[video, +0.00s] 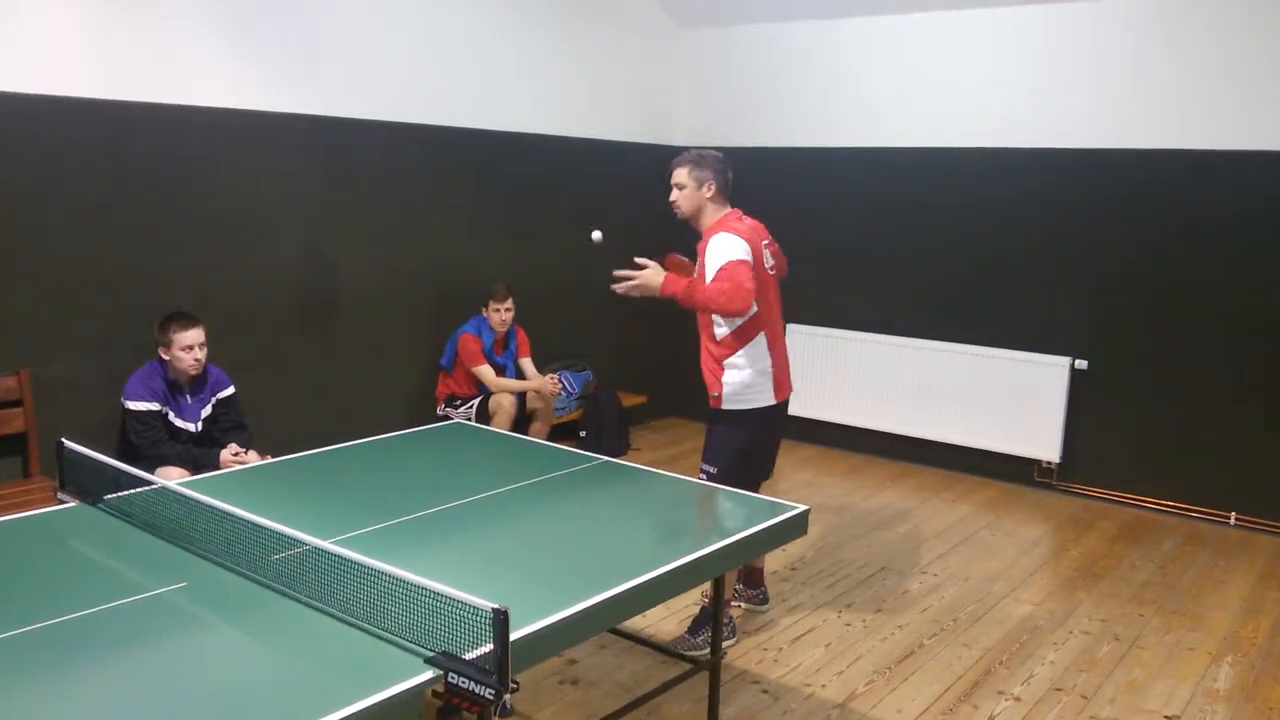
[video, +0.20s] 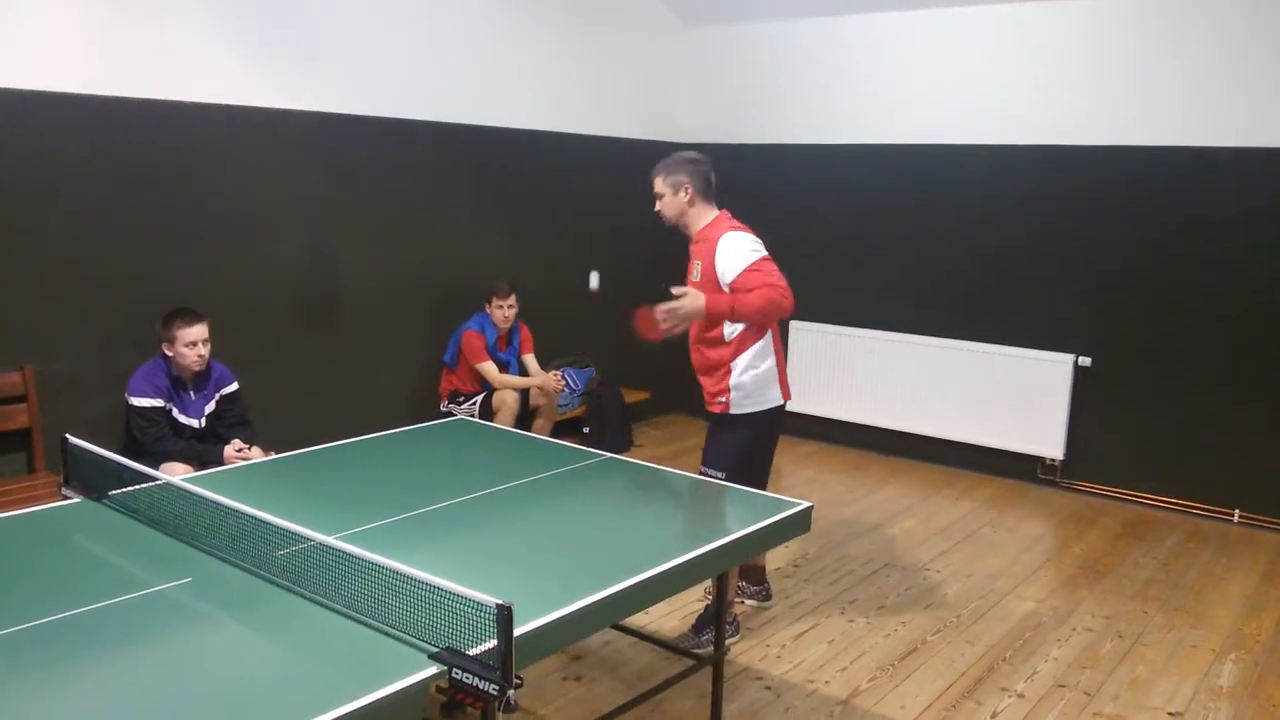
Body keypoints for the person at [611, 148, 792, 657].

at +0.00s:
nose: (672, 197)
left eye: (678, 188)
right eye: (672, 188)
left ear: (708, 189)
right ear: (713, 191)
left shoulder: (723, 239)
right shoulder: (751, 229)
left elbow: (736, 298)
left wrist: (667, 285)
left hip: (741, 400)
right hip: (764, 395)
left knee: (714, 505)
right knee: (742, 494)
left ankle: (717, 613)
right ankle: (752, 582)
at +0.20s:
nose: (656, 206)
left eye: (660, 196)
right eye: (655, 197)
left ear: (686, 192)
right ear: (689, 194)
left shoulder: (730, 240)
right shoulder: (704, 242)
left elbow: (779, 298)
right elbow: (730, 305)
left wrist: (708, 305)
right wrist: (686, 317)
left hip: (749, 403)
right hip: (734, 399)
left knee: (715, 503)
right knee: (740, 496)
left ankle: (723, 610)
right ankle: (754, 578)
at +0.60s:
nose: (652, 206)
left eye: (661, 196)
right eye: (648, 196)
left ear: (694, 194)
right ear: (651, 198)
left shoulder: (742, 248)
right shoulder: (655, 248)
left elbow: (787, 312)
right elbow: (627, 297)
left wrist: (727, 320)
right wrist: (597, 271)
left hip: (740, 404)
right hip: (687, 398)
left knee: (728, 508)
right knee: (676, 497)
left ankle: (729, 610)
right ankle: (726, 595)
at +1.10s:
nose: (649, 216)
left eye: (660, 206)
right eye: (644, 206)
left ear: (688, 207)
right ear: (640, 208)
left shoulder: (735, 256)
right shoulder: (638, 261)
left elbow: (758, 326)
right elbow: (630, 321)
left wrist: (706, 338)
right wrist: (655, 351)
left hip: (736, 403)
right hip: (674, 403)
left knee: (757, 499)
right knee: (646, 492)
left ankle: (780, 599)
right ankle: (633, 582)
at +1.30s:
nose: (670, 225)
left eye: (681, 216)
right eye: (665, 215)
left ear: (710, 215)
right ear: (662, 216)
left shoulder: (756, 266)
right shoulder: (658, 268)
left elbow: (779, 337)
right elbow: (649, 329)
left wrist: (722, 360)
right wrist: (669, 366)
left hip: (756, 415)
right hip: (692, 414)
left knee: (780, 509)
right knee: (662, 498)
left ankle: (798, 614)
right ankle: (636, 583)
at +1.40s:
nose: (672, 241)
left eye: (682, 230)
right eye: (667, 230)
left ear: (713, 225)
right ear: (664, 228)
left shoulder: (760, 272)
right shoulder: (664, 277)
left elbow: (791, 341)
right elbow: (655, 336)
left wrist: (737, 383)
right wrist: (666, 387)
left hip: (762, 416)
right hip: (696, 414)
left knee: (778, 511)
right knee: (666, 501)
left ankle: (795, 617)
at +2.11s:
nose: (659, 213)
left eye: (669, 204)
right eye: (656, 204)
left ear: (702, 207)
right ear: (657, 208)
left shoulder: (747, 260)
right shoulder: (648, 260)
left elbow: (775, 326)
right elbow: (620, 323)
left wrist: (731, 358)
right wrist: (607, 358)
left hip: (734, 413)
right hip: (667, 408)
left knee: (763, 507)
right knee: (642, 501)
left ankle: (790, 612)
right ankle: (618, 588)